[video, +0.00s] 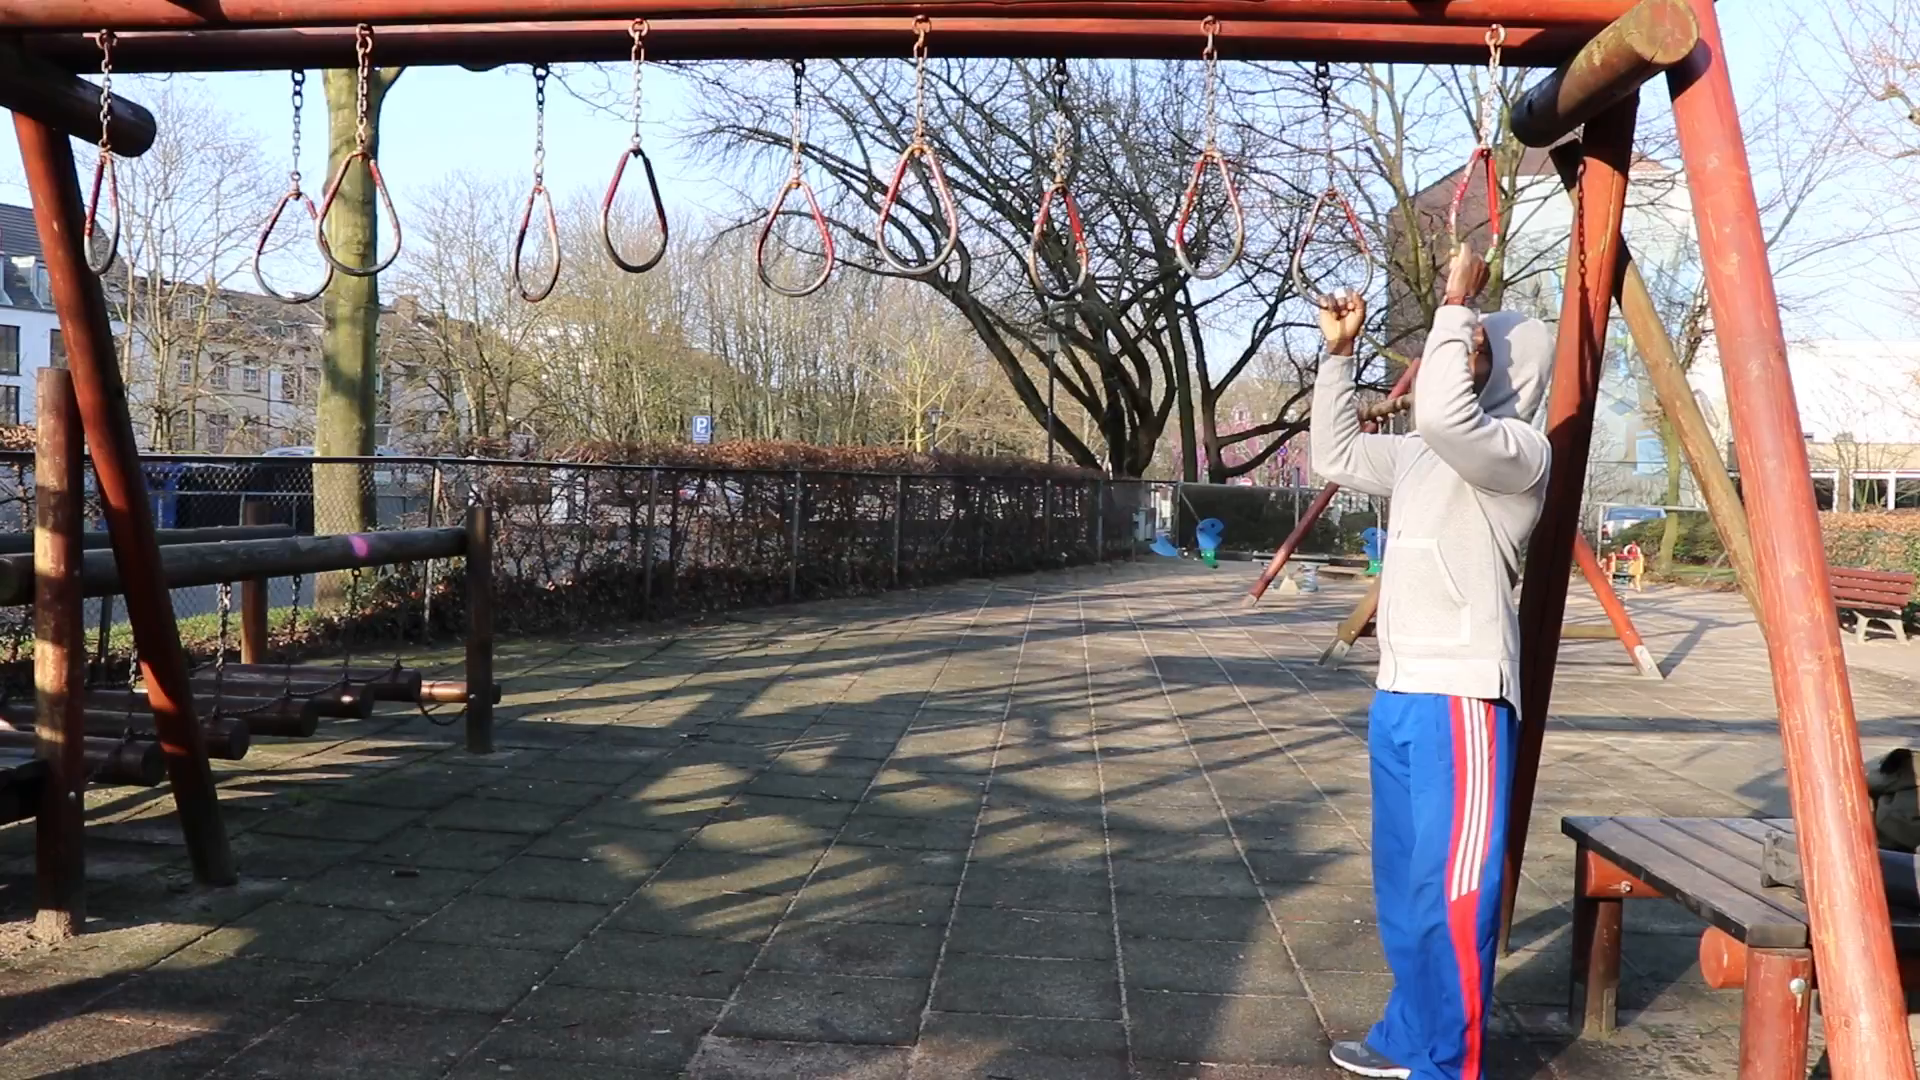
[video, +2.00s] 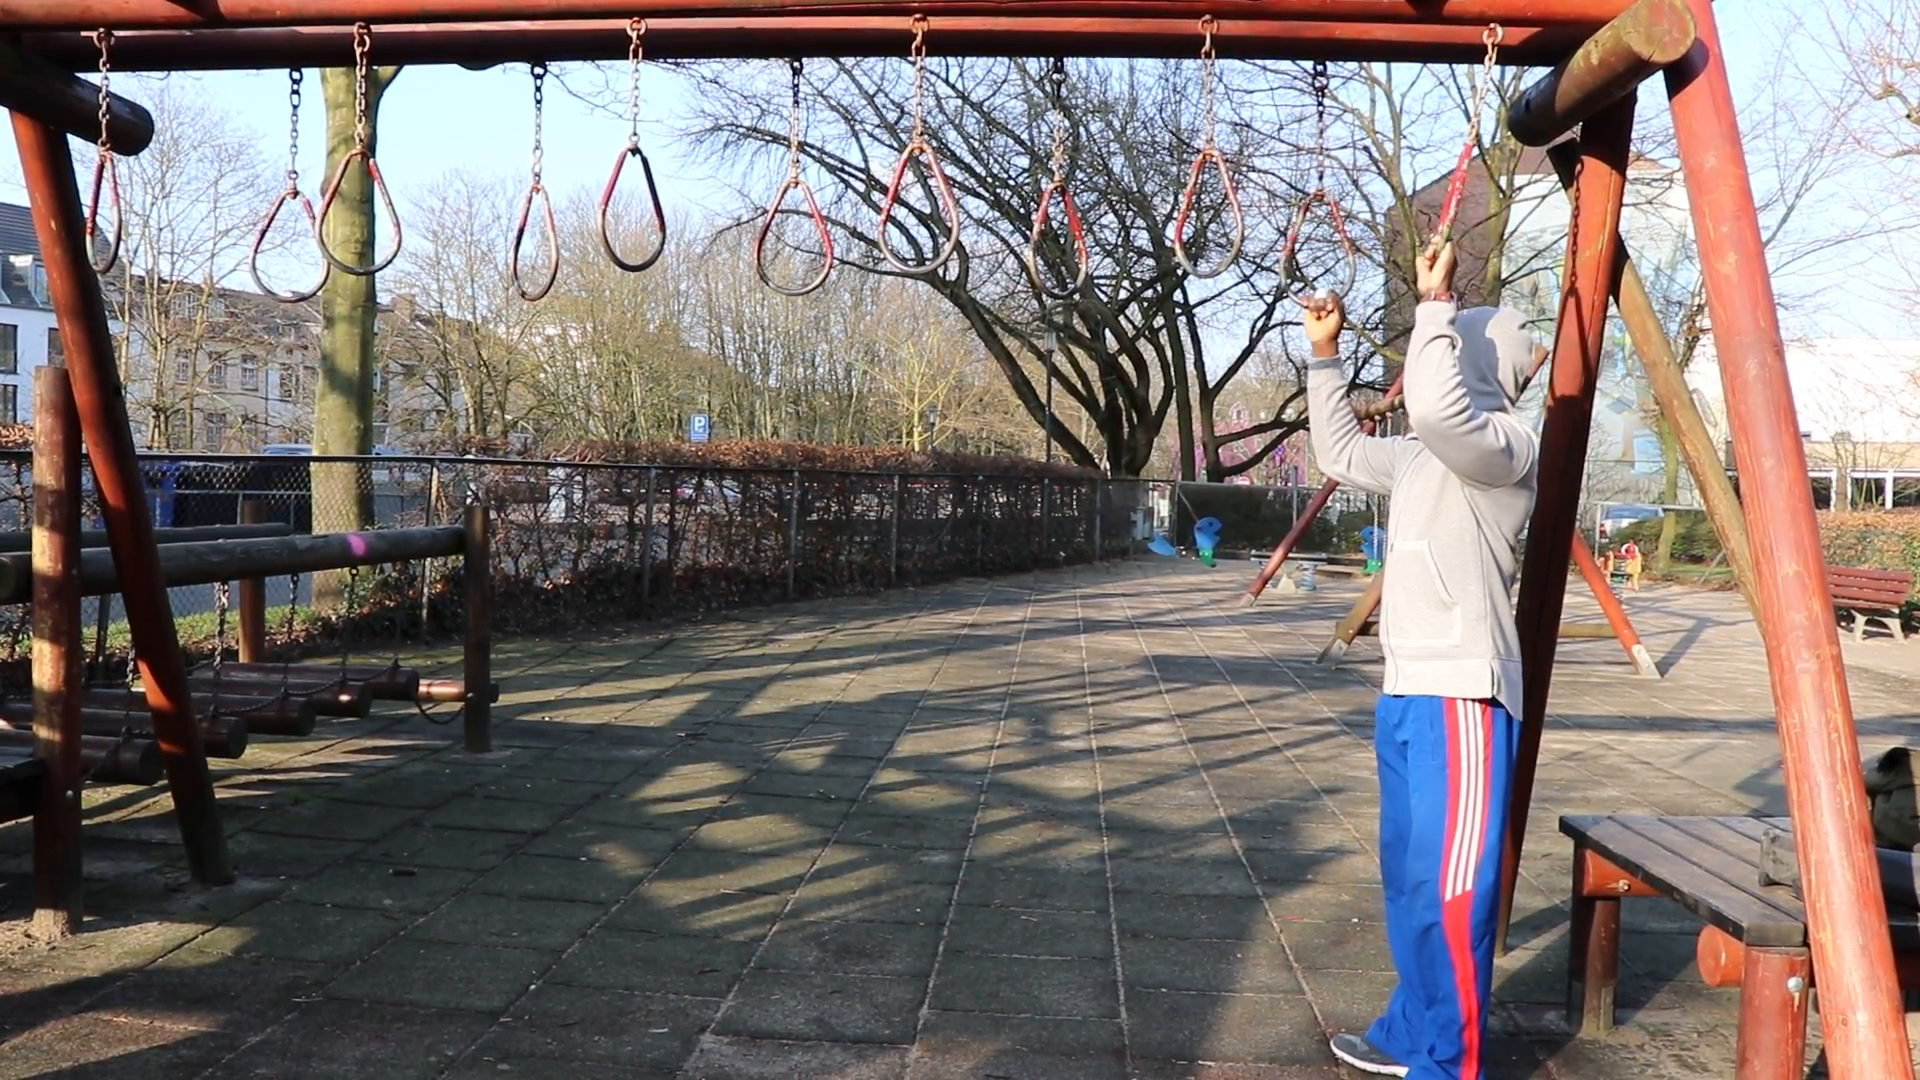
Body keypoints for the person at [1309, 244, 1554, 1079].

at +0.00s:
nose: (1429, 364)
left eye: (1453, 351)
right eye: (1433, 350)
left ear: (1498, 371)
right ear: (1463, 374)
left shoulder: (1524, 453)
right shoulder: (1418, 452)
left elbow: (1445, 417)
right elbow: (1335, 453)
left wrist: (1454, 312)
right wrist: (1338, 351)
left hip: (1466, 698)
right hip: (1402, 696)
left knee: (1456, 887)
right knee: (1406, 883)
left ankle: (1450, 1060)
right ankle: (1409, 1038)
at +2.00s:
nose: (1421, 364)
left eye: (1453, 345)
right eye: (1426, 350)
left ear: (1488, 366)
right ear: (1442, 373)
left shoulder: (1514, 445)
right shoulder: (1420, 452)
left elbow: (1440, 415)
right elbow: (1338, 451)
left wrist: (1436, 308)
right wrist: (1325, 354)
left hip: (1467, 693)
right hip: (1412, 692)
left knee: (1453, 883)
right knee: (1411, 877)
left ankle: (1450, 1056)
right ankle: (1410, 1032)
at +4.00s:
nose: (1437, 367)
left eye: (1463, 356)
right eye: (1442, 353)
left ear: (1499, 379)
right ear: (1443, 371)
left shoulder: (1505, 450)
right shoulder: (1402, 452)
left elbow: (1465, 396)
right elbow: (1322, 447)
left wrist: (1467, 296)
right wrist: (1315, 349)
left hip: (1448, 692)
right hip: (1383, 691)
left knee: (1443, 883)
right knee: (1394, 879)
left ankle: (1448, 1057)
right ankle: (1407, 1034)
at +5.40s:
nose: (1462, 356)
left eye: (1484, 348)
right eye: (1467, 345)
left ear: (1523, 378)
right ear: (1492, 372)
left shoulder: (1512, 439)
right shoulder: (1457, 429)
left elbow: (1396, 447)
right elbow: (1348, 453)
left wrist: (1410, 325)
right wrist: (1362, 343)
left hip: (1462, 688)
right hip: (1408, 683)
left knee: (1441, 886)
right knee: (1401, 877)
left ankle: (1448, 1059)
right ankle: (1412, 1034)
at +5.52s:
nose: (1453, 347)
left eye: (1475, 342)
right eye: (1458, 337)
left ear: (1513, 376)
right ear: (1462, 368)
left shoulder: (1498, 437)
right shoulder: (1447, 430)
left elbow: (1379, 430)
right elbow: (1341, 455)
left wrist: (1312, 327)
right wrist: (1362, 344)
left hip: (1460, 691)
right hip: (1410, 684)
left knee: (1441, 882)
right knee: (1399, 871)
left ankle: (1450, 1059)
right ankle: (1410, 1034)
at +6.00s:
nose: (1402, 359)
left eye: (1421, 349)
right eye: (1409, 347)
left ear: (1466, 376)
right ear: (1460, 376)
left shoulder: (1454, 436)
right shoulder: (1427, 432)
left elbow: (1317, 427)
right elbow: (1323, 442)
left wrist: (1294, 309)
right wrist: (1343, 343)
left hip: (1407, 674)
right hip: (1367, 666)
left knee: (1356, 868)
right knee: (1316, 836)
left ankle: (1411, 1053)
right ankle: (1386, 1010)